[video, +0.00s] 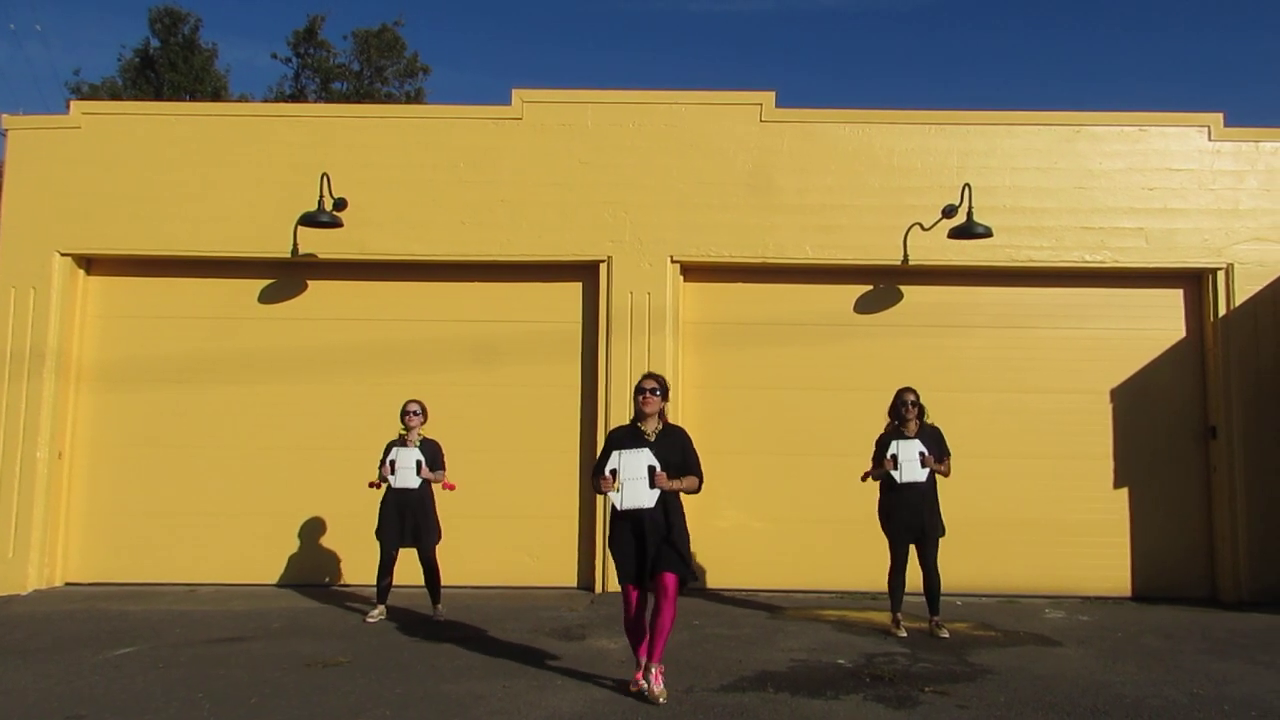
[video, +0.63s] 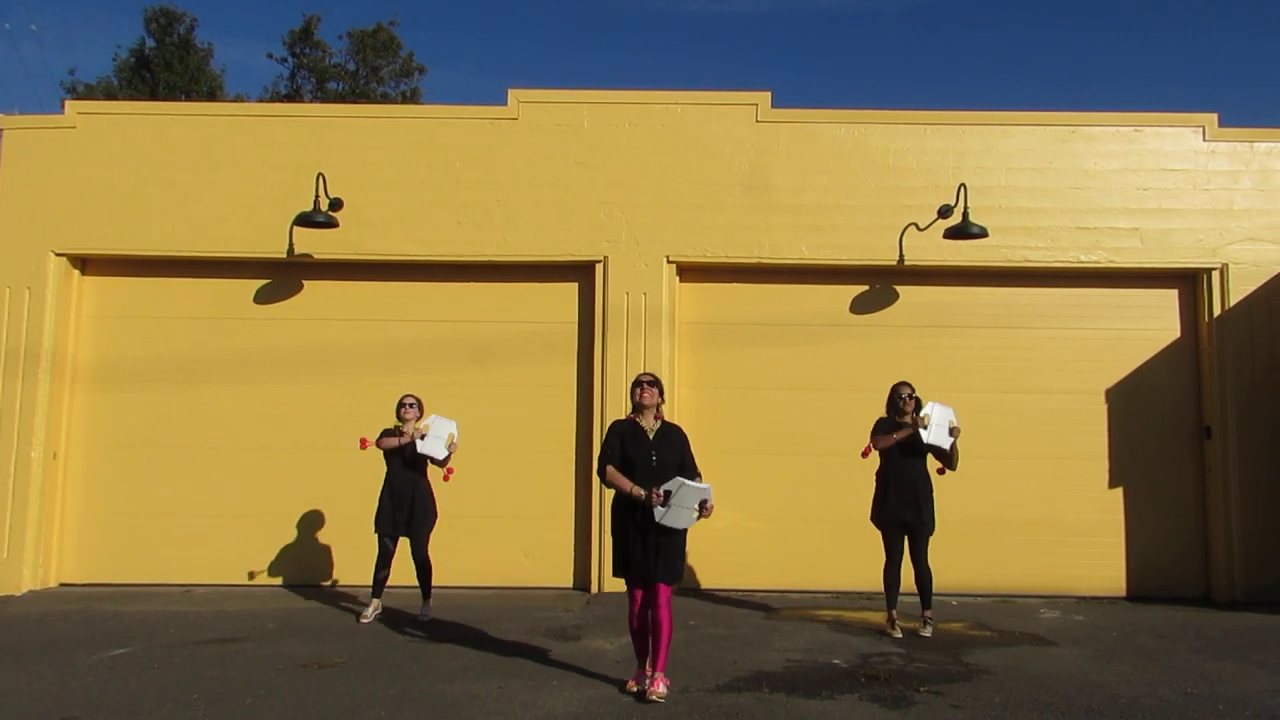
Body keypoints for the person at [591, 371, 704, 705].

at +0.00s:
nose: (647, 397)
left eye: (654, 392)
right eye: (642, 392)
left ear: (664, 399)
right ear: (634, 398)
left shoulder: (677, 436)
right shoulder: (618, 436)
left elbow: (695, 481)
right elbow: (598, 474)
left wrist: (672, 483)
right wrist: (602, 483)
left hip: (667, 528)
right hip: (628, 530)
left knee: (667, 591)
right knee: (633, 603)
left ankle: (655, 668)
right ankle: (641, 666)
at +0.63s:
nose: (643, 390)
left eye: (650, 386)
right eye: (638, 386)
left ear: (660, 397)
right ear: (631, 395)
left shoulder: (675, 433)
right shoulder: (620, 429)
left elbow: (692, 478)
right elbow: (606, 470)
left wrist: (702, 502)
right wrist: (643, 493)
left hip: (668, 528)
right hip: (632, 528)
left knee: (661, 598)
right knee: (637, 599)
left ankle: (659, 674)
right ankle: (643, 670)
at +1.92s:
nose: (661, 413)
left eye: (667, 409)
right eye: (656, 409)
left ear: (676, 414)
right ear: (649, 414)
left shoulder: (688, 445)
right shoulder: (637, 443)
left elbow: (702, 426)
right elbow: (611, 435)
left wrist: (681, 390)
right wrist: (618, 395)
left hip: (678, 532)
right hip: (642, 532)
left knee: (665, 599)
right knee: (647, 605)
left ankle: (651, 677)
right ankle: (666, 667)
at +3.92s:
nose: (650, 389)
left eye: (657, 385)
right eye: (645, 384)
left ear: (668, 391)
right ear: (637, 389)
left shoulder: (681, 426)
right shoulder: (623, 426)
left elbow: (701, 477)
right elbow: (602, 474)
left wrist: (689, 456)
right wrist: (622, 458)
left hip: (673, 524)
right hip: (631, 525)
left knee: (685, 599)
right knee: (622, 595)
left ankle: (702, 673)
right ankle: (606, 671)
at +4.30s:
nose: (647, 394)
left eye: (654, 390)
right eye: (641, 389)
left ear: (663, 394)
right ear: (634, 392)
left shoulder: (676, 426)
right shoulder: (620, 428)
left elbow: (697, 463)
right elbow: (605, 470)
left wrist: (687, 455)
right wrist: (619, 458)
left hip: (672, 523)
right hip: (629, 524)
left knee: (686, 595)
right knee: (618, 599)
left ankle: (696, 667)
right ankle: (609, 666)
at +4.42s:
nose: (646, 416)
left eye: (652, 410)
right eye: (640, 410)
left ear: (663, 412)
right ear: (632, 411)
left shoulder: (673, 441)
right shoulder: (621, 444)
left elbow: (684, 461)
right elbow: (613, 469)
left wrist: (688, 460)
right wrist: (625, 462)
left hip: (672, 534)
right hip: (629, 535)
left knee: (686, 609)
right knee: (618, 611)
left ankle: (703, 684)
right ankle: (601, 683)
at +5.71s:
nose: (651, 402)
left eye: (658, 397)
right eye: (645, 397)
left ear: (671, 402)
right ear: (638, 401)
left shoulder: (681, 439)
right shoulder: (627, 438)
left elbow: (701, 479)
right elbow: (609, 480)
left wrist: (699, 475)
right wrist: (630, 471)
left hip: (678, 533)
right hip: (633, 533)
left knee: (700, 602)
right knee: (618, 608)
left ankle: (722, 676)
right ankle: (601, 675)